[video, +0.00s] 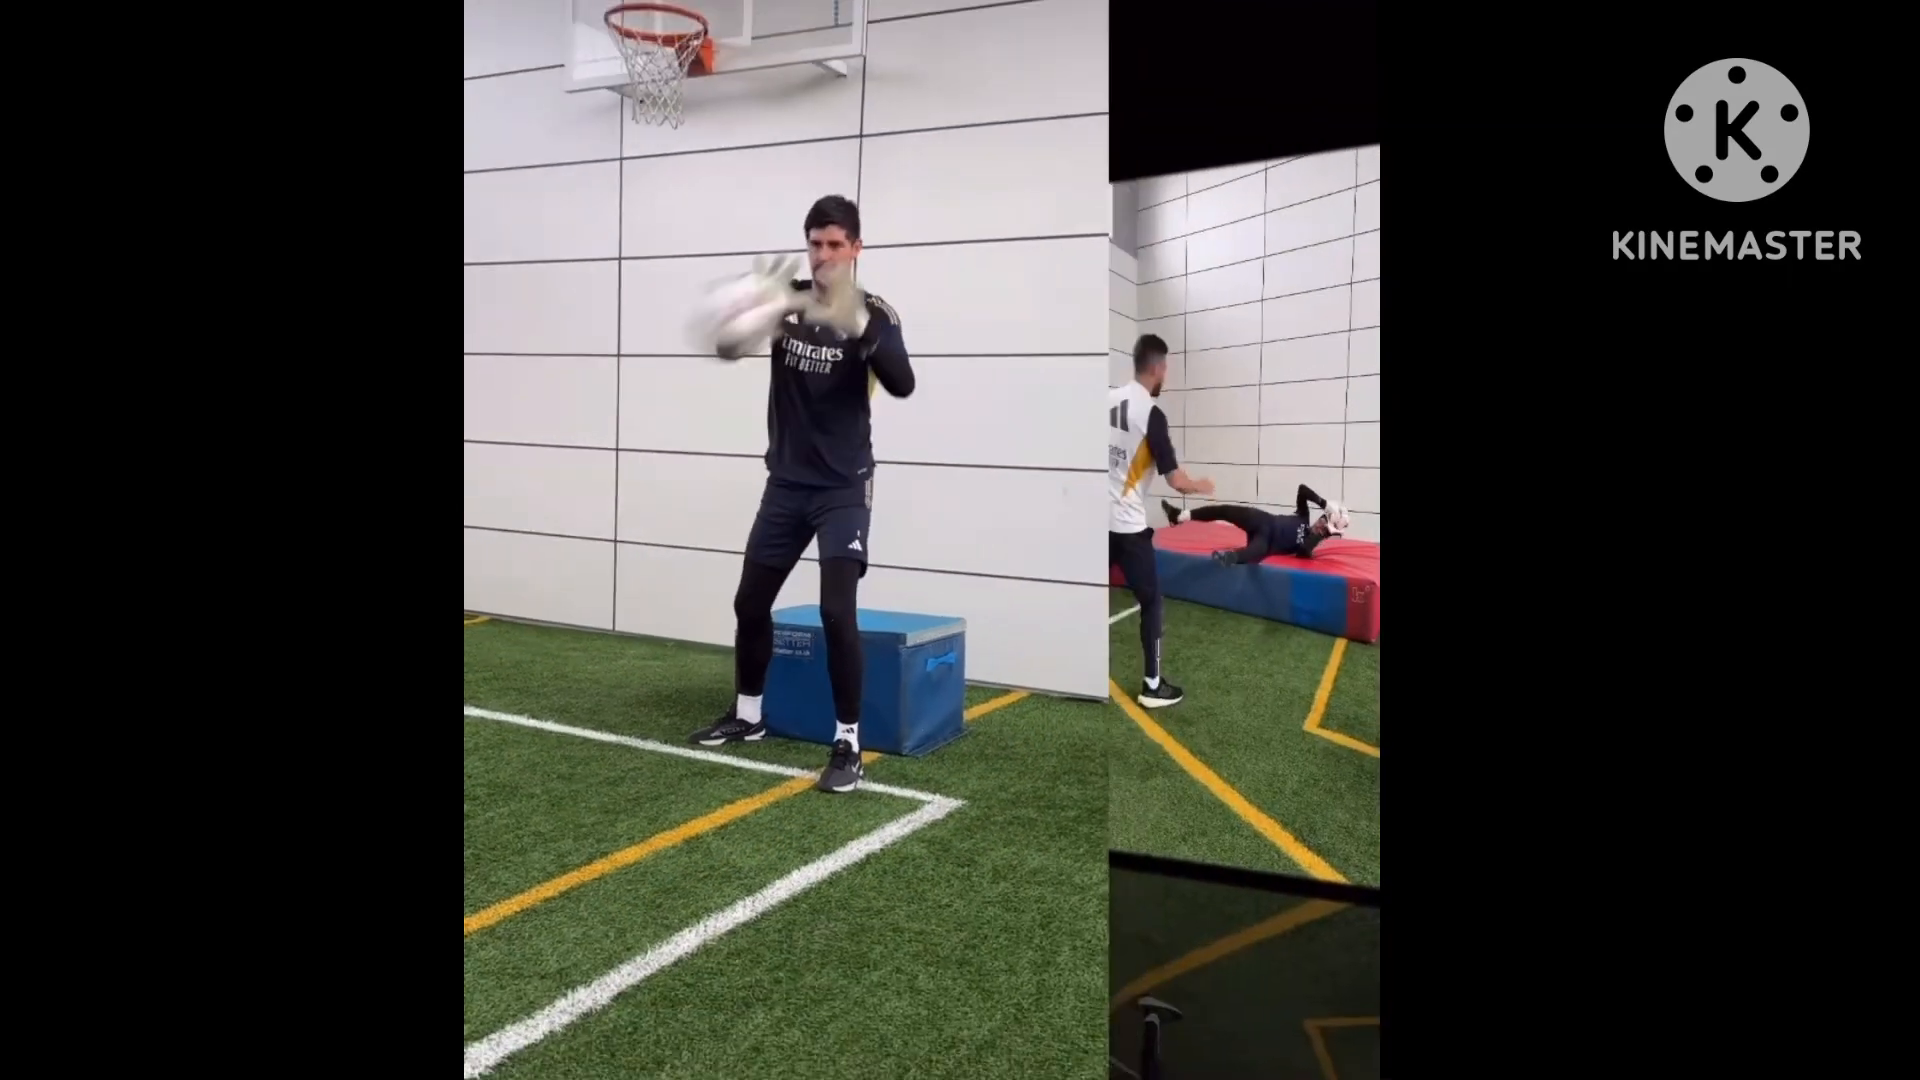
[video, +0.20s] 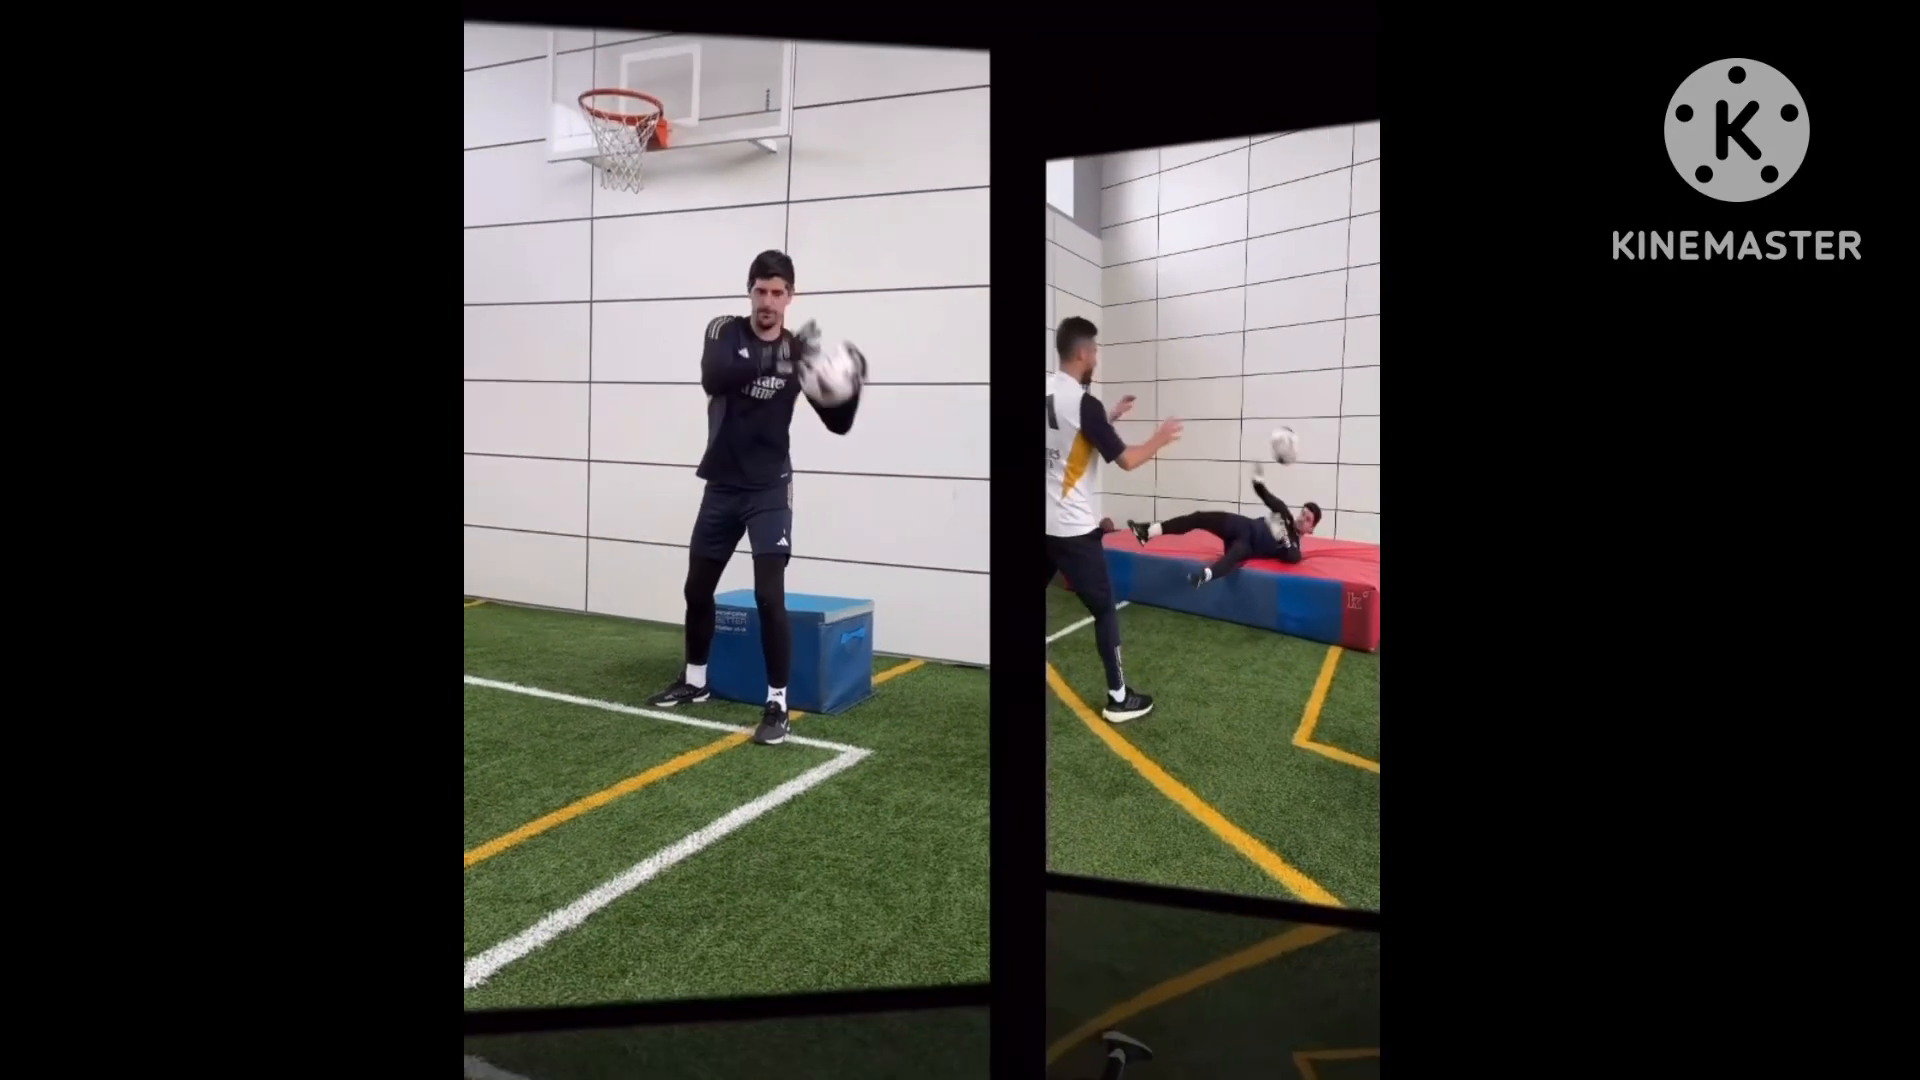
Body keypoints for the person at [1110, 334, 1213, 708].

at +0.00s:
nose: (1166, 375)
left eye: (1165, 367)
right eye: (1165, 368)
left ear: (1135, 365)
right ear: (1157, 368)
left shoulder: (1105, 399)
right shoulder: (1151, 413)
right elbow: (1175, 480)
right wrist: (1199, 486)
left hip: (1096, 518)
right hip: (1128, 523)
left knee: (1085, 596)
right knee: (1151, 600)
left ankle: (1071, 669)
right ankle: (1153, 683)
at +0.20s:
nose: (1097, 356)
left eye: (1095, 348)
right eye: (1094, 348)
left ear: (1062, 352)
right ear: (1083, 353)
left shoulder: (1047, 390)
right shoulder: (1083, 403)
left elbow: (1070, 439)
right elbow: (1126, 460)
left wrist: (1108, 418)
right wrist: (1158, 440)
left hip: (1044, 522)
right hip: (1072, 527)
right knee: (1104, 607)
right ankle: (1119, 695)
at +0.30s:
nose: (1065, 344)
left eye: (1064, 336)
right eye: (1062, 336)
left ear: (1032, 340)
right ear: (1047, 340)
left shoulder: (1026, 379)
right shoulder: (1043, 393)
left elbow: (1062, 418)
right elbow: (1099, 450)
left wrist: (1096, 395)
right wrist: (1142, 422)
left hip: (1026, 519)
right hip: (1038, 523)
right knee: (1075, 609)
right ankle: (1095, 699)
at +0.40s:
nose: (1039, 338)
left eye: (1038, 330)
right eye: (1035, 330)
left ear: (1006, 334)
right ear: (1018, 334)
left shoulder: (998, 374)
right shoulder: (1011, 389)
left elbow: (1041, 404)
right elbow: (1069, 450)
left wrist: (1085, 389)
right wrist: (1118, 420)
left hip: (999, 521)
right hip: (1006, 526)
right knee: (1049, 612)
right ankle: (1071, 708)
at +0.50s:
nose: (1023, 333)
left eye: (1022, 324)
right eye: (1019, 323)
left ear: (986, 327)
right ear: (1000, 327)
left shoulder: (970, 371)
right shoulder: (987, 389)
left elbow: (1012, 406)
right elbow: (1035, 467)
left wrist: (1057, 404)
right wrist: (1079, 425)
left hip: (968, 522)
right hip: (979, 528)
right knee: (1024, 619)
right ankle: (1041, 725)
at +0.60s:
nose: (1015, 328)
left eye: (1014, 318)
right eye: (1012, 318)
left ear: (971, 318)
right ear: (995, 319)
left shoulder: (938, 360)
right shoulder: (982, 381)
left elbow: (993, 404)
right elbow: (1043, 451)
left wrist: (1055, 388)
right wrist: (1083, 407)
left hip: (925, 520)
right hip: (952, 528)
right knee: (997, 625)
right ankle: (1013, 737)